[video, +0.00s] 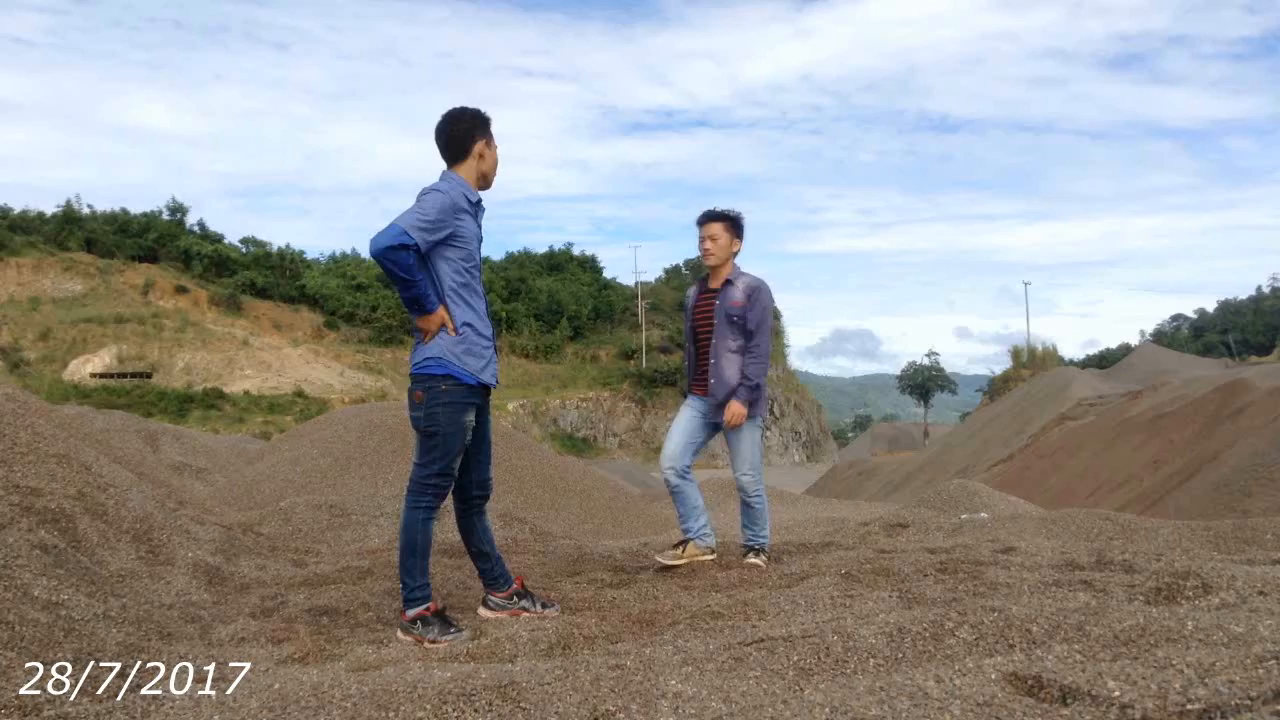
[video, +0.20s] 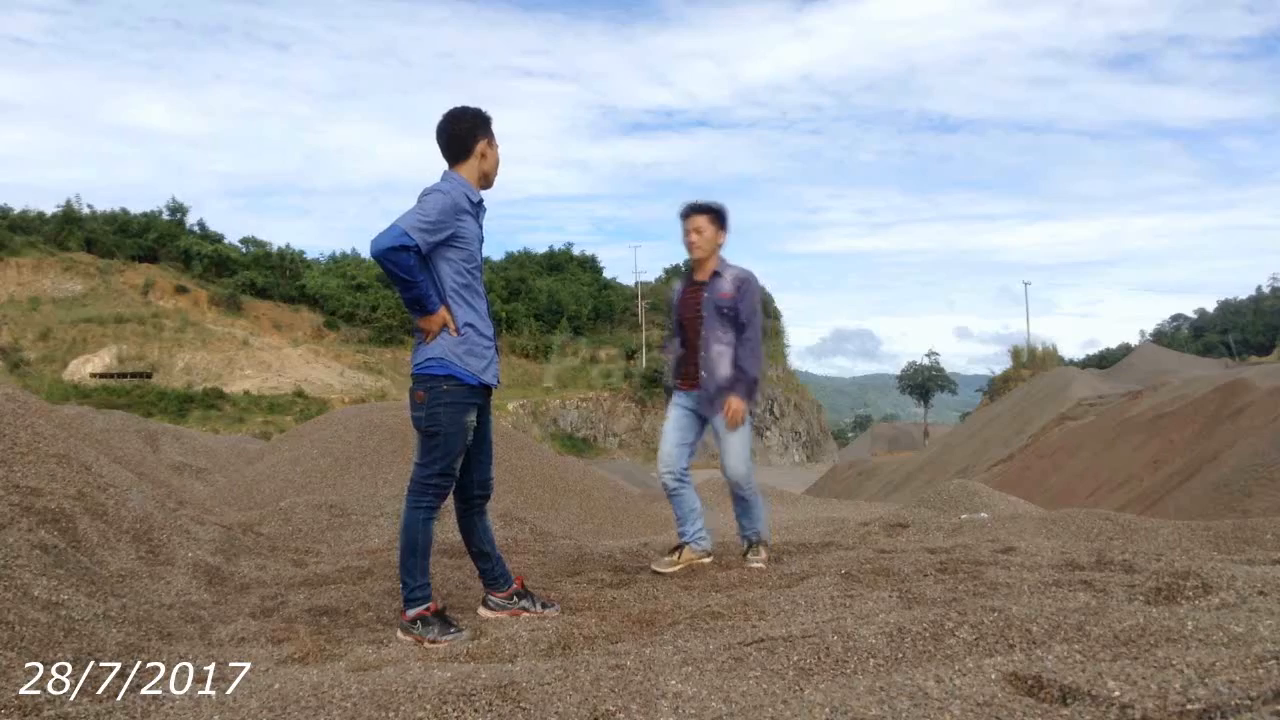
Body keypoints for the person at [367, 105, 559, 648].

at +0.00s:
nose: (497, 156)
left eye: (494, 146)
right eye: (494, 146)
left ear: (459, 150)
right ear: (480, 148)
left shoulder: (463, 204)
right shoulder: (446, 197)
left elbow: (416, 257)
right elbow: (389, 245)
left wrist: (448, 309)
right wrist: (426, 308)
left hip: (470, 375)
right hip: (444, 374)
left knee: (473, 495)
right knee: (428, 494)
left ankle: (501, 590)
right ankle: (417, 608)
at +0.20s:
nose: (499, 156)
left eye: (496, 146)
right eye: (496, 146)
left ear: (459, 150)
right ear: (483, 147)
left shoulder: (464, 203)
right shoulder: (448, 196)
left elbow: (415, 257)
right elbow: (391, 247)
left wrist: (450, 310)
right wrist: (427, 309)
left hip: (471, 375)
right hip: (445, 374)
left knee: (474, 495)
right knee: (428, 495)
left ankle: (501, 590)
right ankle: (417, 609)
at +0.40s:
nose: (501, 156)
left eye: (498, 145)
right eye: (498, 145)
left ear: (461, 150)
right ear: (485, 147)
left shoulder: (465, 205)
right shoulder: (449, 198)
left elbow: (415, 258)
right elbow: (392, 248)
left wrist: (451, 311)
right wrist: (430, 309)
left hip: (472, 375)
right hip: (447, 374)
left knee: (474, 494)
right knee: (429, 493)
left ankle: (501, 590)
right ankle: (418, 609)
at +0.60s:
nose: (504, 155)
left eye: (501, 144)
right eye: (500, 144)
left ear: (465, 149)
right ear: (487, 147)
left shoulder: (467, 204)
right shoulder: (452, 197)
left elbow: (420, 259)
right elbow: (395, 247)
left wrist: (454, 312)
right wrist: (432, 309)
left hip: (473, 375)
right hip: (448, 374)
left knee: (475, 493)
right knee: (431, 492)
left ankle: (501, 590)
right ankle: (417, 608)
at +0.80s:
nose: (508, 157)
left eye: (506, 147)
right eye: (505, 147)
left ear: (468, 150)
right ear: (491, 149)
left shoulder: (469, 203)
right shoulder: (455, 197)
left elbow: (420, 256)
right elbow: (397, 245)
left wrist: (451, 310)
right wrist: (431, 308)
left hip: (471, 377)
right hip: (448, 376)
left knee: (489, 482)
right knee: (431, 490)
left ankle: (501, 590)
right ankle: (418, 608)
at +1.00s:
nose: (516, 158)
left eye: (514, 148)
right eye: (513, 148)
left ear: (475, 153)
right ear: (500, 152)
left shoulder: (474, 205)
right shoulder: (463, 199)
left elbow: (405, 254)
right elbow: (406, 247)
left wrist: (447, 308)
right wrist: (438, 307)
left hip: (474, 378)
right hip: (450, 376)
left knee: (504, 477)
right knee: (431, 490)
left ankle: (499, 591)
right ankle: (418, 609)